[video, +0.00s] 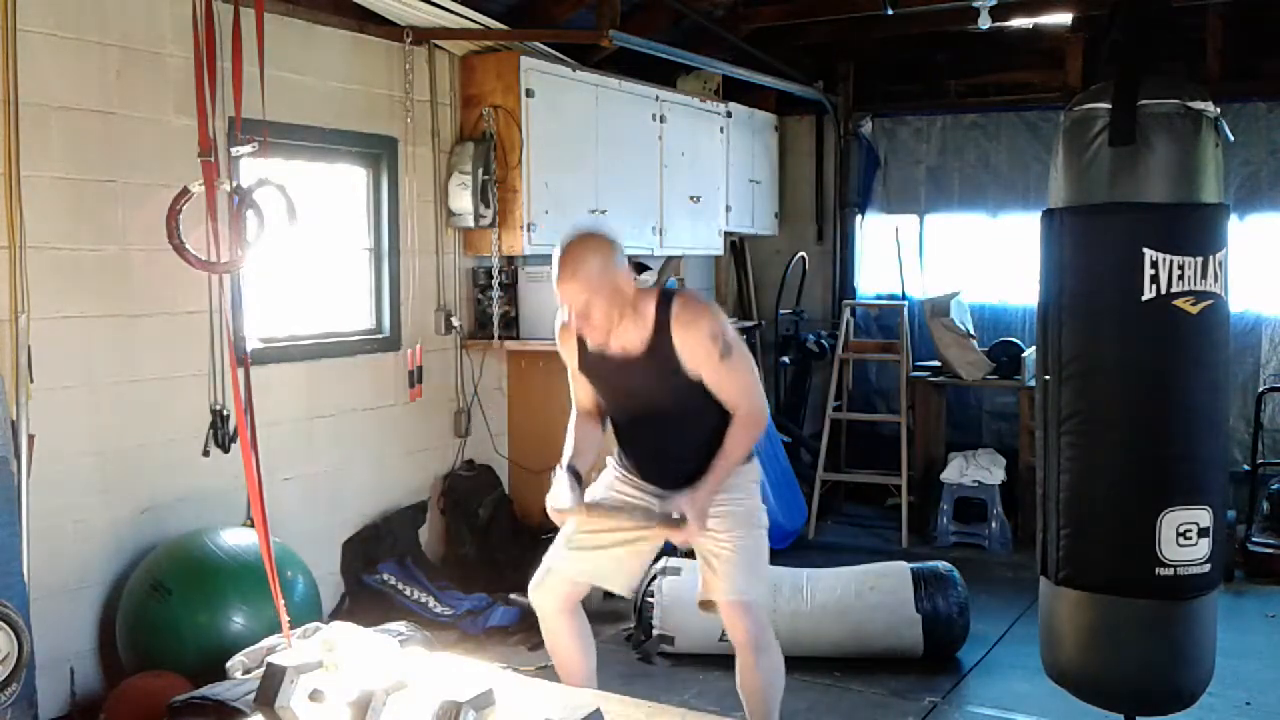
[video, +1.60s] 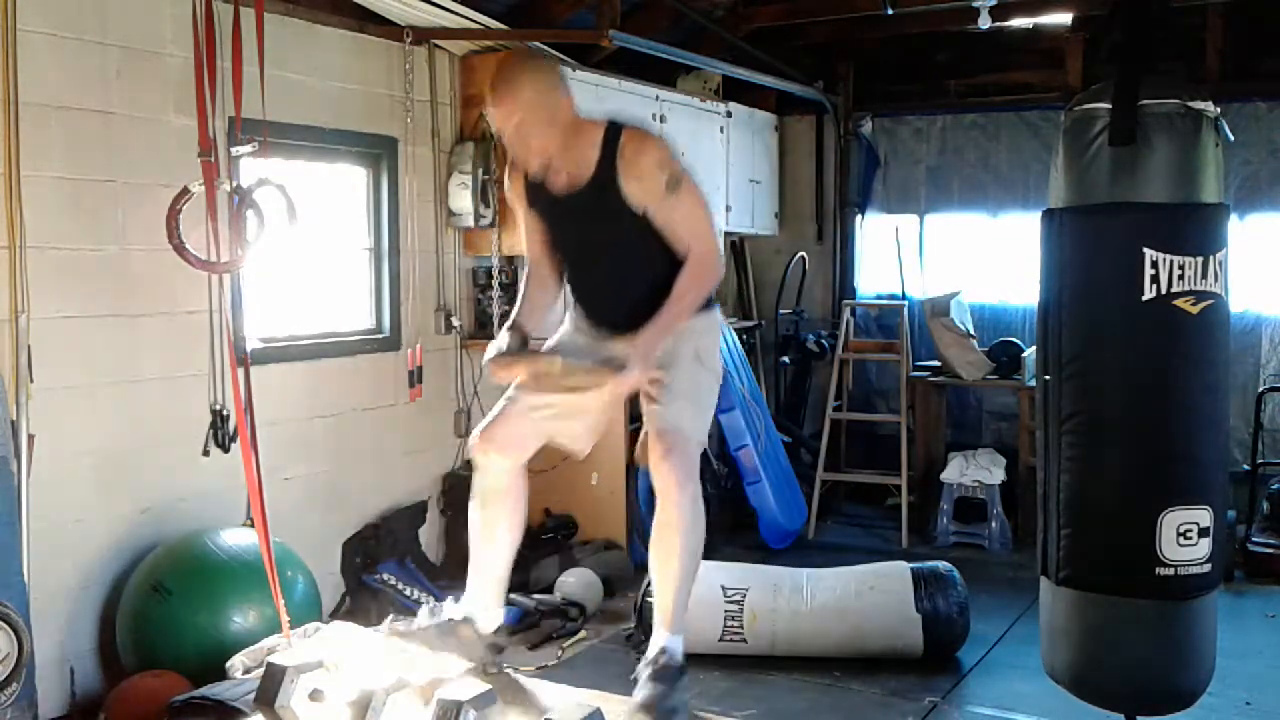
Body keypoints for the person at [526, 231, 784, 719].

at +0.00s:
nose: (575, 324)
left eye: (582, 309)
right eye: (569, 311)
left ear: (618, 285)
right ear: (566, 296)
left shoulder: (692, 320)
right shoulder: (573, 335)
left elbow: (753, 413)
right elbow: (588, 412)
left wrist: (701, 493)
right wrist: (572, 475)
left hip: (722, 476)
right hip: (635, 476)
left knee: (743, 617)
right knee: (551, 593)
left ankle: (762, 717)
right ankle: (586, 713)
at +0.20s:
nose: (578, 413)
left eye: (585, 400)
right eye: (570, 400)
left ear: (626, 373)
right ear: (564, 383)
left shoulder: (697, 389)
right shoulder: (575, 397)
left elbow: (760, 463)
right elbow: (594, 460)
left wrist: (720, 549)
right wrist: (586, 529)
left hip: (733, 502)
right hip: (648, 499)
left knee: (766, 618)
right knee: (554, 586)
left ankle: (767, 716)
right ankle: (586, 711)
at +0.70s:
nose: (557, 330)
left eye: (564, 318)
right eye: (554, 318)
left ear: (604, 306)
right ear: (556, 308)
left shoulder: (678, 339)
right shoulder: (561, 350)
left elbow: (749, 412)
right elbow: (580, 422)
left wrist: (698, 495)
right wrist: (570, 478)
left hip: (714, 482)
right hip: (629, 481)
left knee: (729, 630)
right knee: (554, 604)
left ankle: (755, 717)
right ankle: (586, 714)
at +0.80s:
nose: (552, 241)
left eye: (558, 224)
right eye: (545, 227)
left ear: (595, 209)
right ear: (547, 221)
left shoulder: (665, 248)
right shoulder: (553, 268)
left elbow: (743, 323)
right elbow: (564, 343)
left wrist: (687, 404)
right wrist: (560, 405)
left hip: (692, 434)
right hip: (608, 435)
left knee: (726, 587)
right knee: (570, 569)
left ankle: (764, 714)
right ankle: (575, 709)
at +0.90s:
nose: (538, 186)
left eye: (544, 172)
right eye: (531, 175)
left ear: (585, 145)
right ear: (530, 166)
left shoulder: (658, 174)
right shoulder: (543, 205)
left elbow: (732, 271)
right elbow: (551, 294)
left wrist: (675, 350)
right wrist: (539, 358)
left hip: (688, 363)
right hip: (604, 368)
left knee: (716, 519)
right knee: (515, 480)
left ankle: (758, 660)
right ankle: (562, 620)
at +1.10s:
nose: (506, 214)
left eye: (508, 197)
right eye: (497, 201)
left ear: (551, 162)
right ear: (494, 180)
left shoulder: (633, 190)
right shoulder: (516, 224)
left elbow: (701, 300)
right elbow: (529, 317)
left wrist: (640, 376)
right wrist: (494, 384)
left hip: (681, 342)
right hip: (595, 349)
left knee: (675, 446)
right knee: (478, 443)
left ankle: (672, 649)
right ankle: (465, 621)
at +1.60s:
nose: (512, 148)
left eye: (516, 129)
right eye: (503, 134)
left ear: (555, 110)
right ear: (510, 125)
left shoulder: (639, 155)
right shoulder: (526, 180)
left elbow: (706, 258)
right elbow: (544, 271)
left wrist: (646, 349)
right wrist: (517, 339)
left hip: (678, 330)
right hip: (593, 334)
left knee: (670, 463)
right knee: (496, 447)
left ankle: (665, 650)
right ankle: (482, 614)